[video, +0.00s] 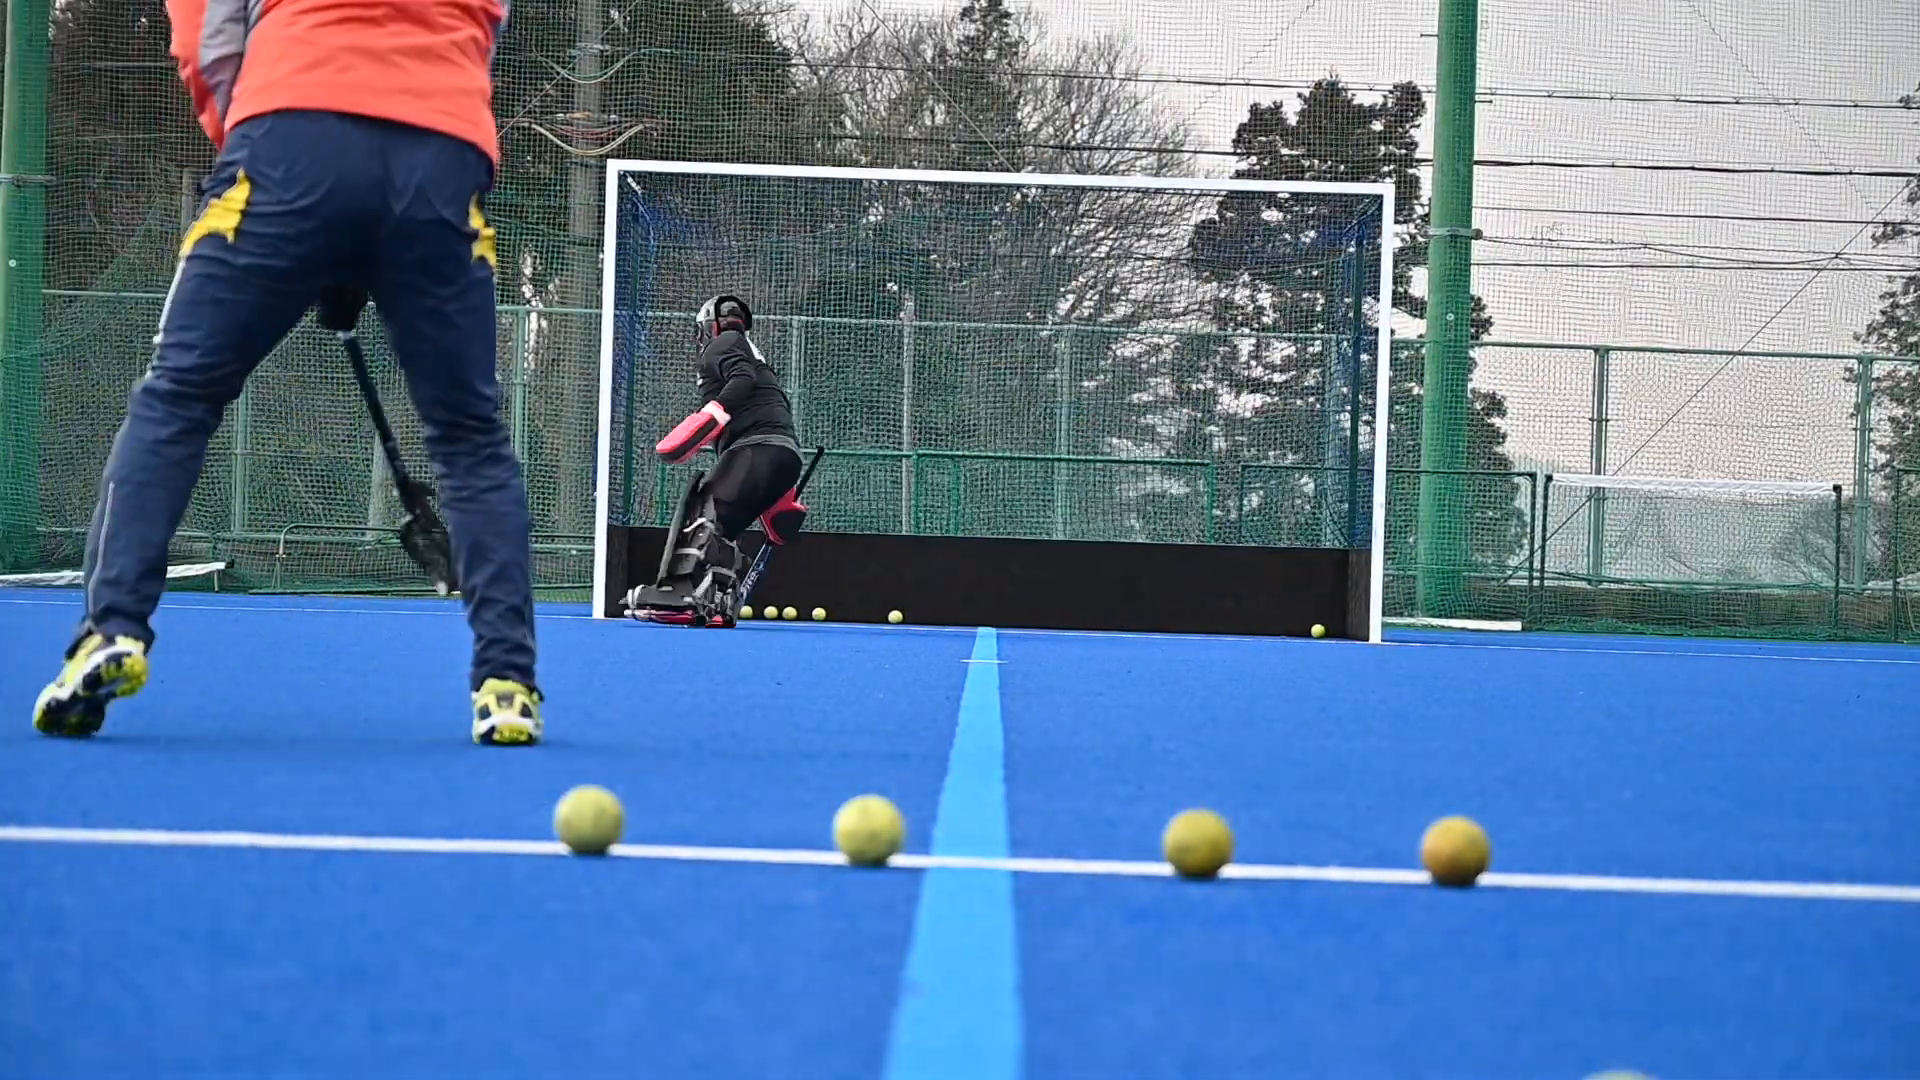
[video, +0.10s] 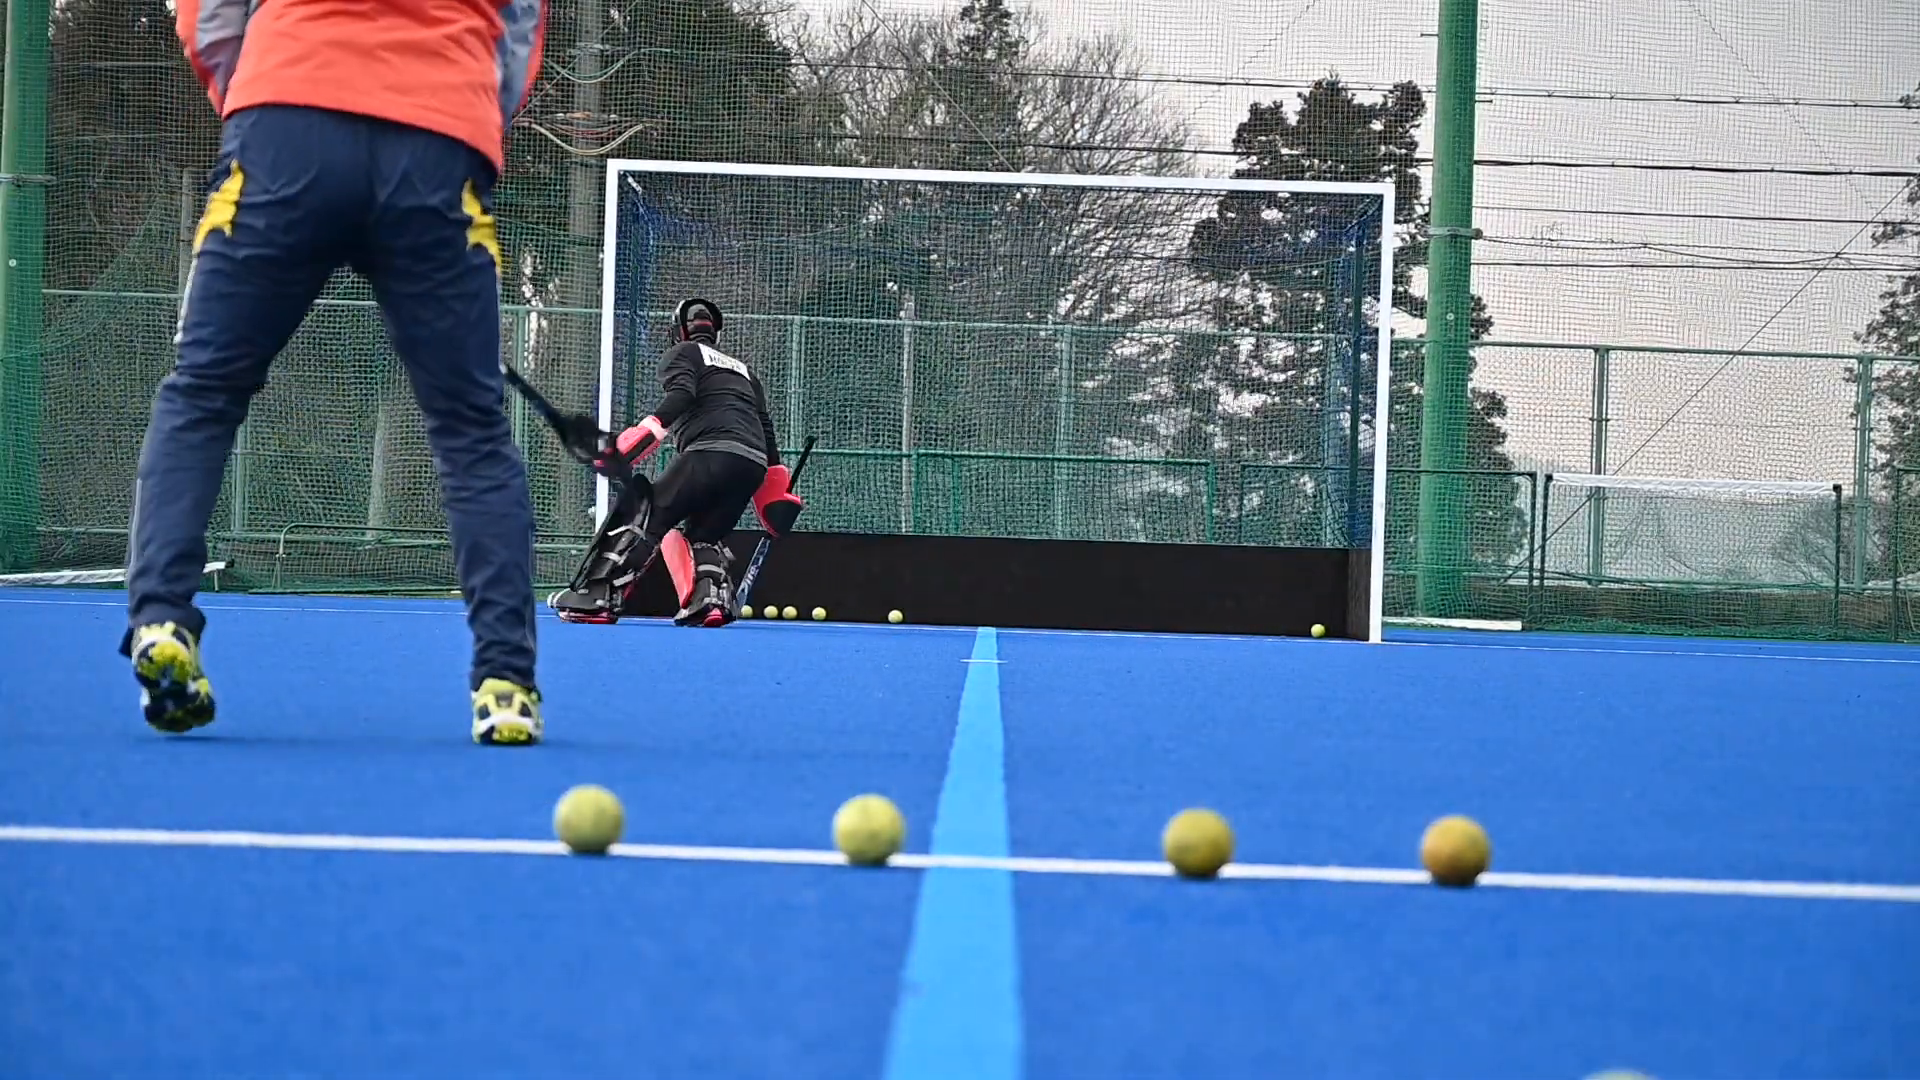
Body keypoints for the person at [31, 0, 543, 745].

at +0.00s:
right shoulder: (479, 2)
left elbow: (208, 46)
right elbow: (455, 70)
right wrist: (354, 244)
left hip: (296, 139)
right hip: (444, 158)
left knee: (179, 395)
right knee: (473, 437)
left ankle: (115, 629)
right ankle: (507, 679)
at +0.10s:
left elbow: (206, 21)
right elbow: (519, 41)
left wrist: (269, 120)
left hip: (288, 134)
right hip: (435, 153)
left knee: (203, 390)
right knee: (473, 429)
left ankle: (161, 620)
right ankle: (506, 678)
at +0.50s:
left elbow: (128, 14)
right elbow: (486, 15)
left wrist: (223, 78)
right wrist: (571, 142)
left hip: (178, 145)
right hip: (327, 144)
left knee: (211, 423)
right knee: (417, 420)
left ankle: (165, 684)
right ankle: (470, 677)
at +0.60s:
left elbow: (129, 15)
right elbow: (439, 12)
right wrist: (515, 150)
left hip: (155, 142)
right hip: (298, 137)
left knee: (196, 421)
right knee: (395, 411)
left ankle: (165, 685)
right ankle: (378, 678)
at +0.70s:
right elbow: (378, 5)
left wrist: (336, 156)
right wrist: (427, 149)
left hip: (144, 137)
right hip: (269, 134)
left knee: (190, 419)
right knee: (364, 406)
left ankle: (159, 685)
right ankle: (287, 672)